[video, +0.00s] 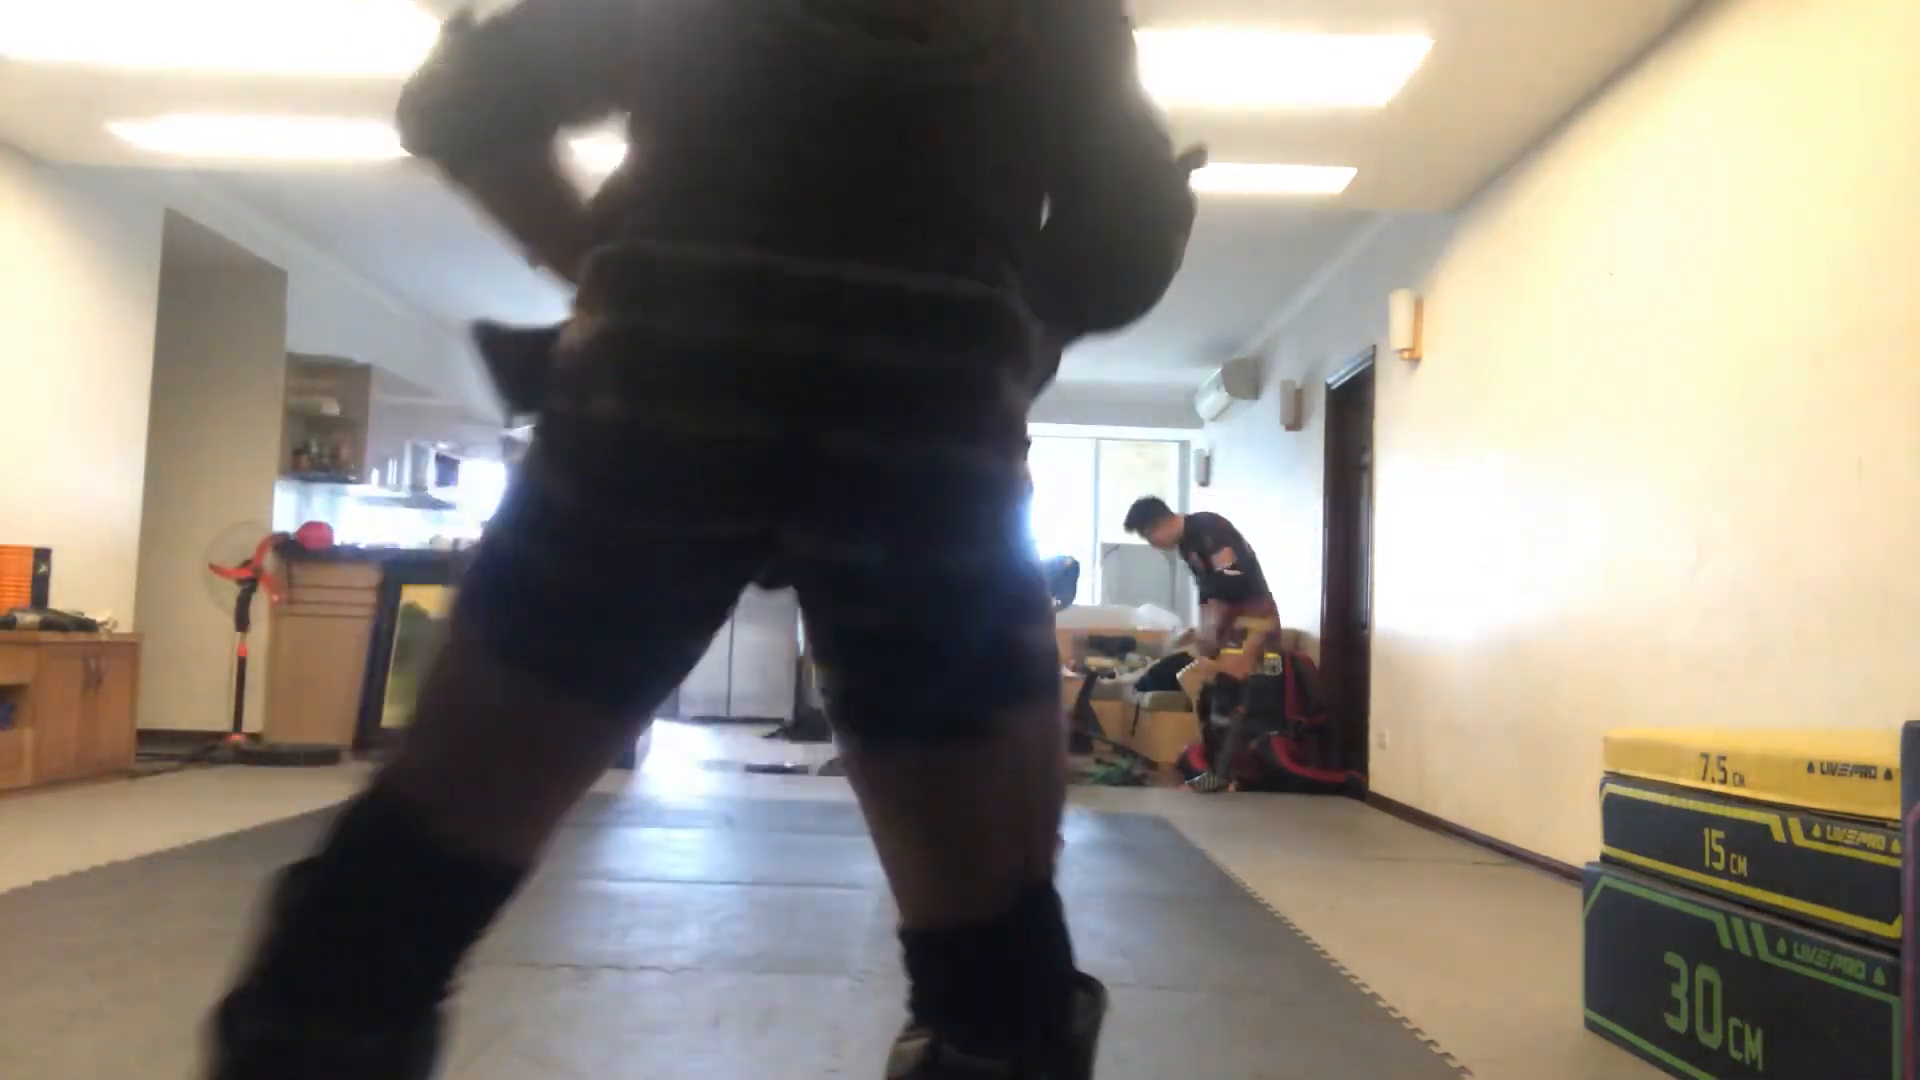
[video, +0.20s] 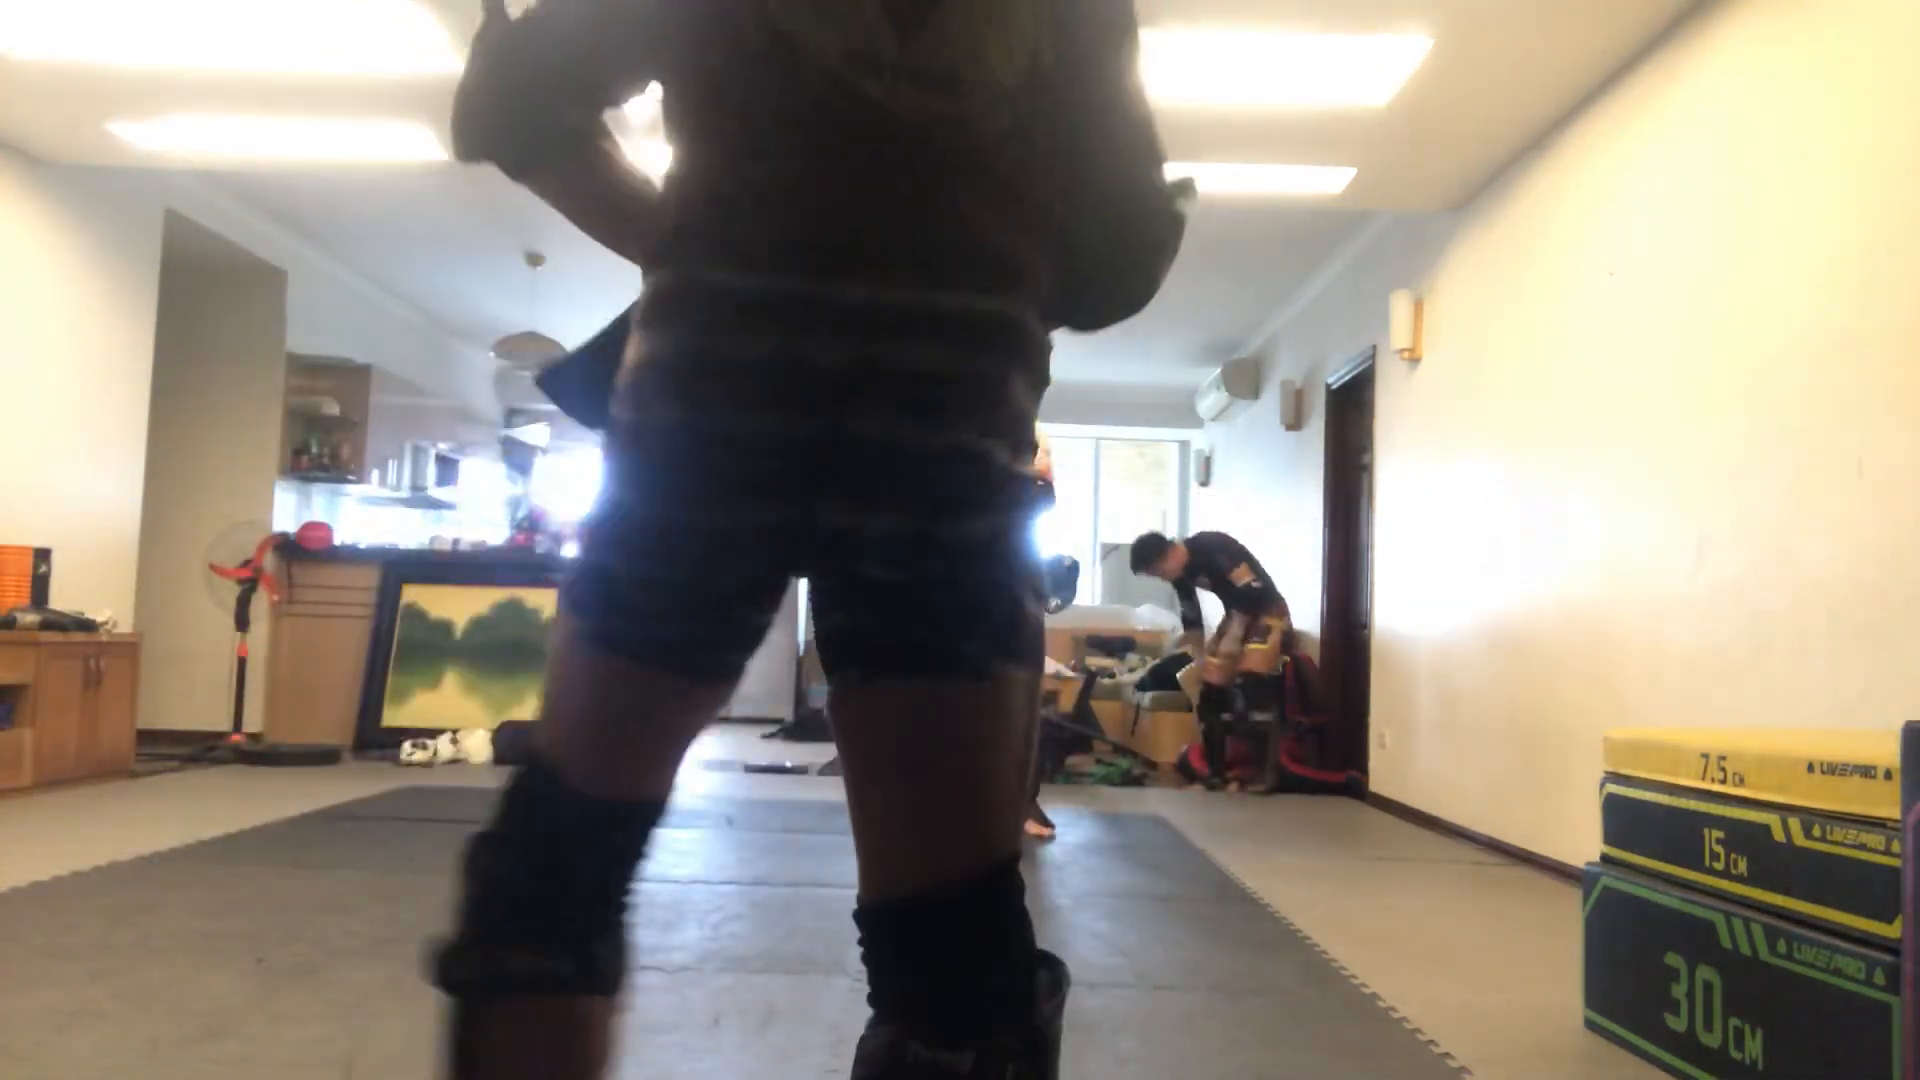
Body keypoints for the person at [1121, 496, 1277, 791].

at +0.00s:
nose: (1153, 544)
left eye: (1150, 537)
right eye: (1147, 539)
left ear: (1160, 524)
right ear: (1163, 522)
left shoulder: (1208, 529)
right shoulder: (1185, 544)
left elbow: (1232, 588)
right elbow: (1207, 592)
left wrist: (1212, 633)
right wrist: (1205, 633)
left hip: (1256, 623)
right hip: (1230, 625)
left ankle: (1225, 768)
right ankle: (1218, 764)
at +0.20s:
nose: (1163, 578)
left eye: (1161, 572)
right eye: (1157, 576)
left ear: (1170, 554)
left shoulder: (1212, 548)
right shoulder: (1179, 572)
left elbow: (1253, 593)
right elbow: (1192, 620)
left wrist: (1231, 645)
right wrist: (1200, 661)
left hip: (1267, 611)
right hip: (1236, 613)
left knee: (1254, 683)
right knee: (1211, 687)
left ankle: (1266, 772)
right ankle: (1216, 769)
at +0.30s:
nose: (1171, 593)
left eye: (1168, 587)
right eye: (1165, 591)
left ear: (1176, 568)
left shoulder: (1217, 559)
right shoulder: (1180, 585)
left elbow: (1258, 604)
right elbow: (1192, 629)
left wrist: (1240, 650)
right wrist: (1204, 668)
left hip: (1273, 616)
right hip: (1239, 619)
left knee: (1267, 691)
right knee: (1210, 695)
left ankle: (1290, 774)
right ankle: (1217, 772)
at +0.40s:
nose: (1176, 612)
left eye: (1175, 606)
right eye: (1171, 610)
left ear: (1184, 587)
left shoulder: (1226, 575)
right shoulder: (1185, 599)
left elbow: (1262, 621)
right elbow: (1196, 641)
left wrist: (1246, 668)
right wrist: (1206, 681)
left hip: (1278, 621)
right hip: (1240, 628)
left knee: (1282, 693)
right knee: (1210, 697)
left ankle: (1307, 778)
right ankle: (1216, 775)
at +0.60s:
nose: (1201, 650)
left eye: (1202, 644)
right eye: (1196, 648)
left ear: (1211, 623)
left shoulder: (1248, 609)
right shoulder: (1199, 635)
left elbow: (1284, 657)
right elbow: (1208, 673)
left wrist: (1256, 696)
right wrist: (1241, 693)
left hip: (1291, 657)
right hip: (1248, 660)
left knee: (1298, 703)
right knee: (1200, 701)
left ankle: (1307, 781)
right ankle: (1216, 775)